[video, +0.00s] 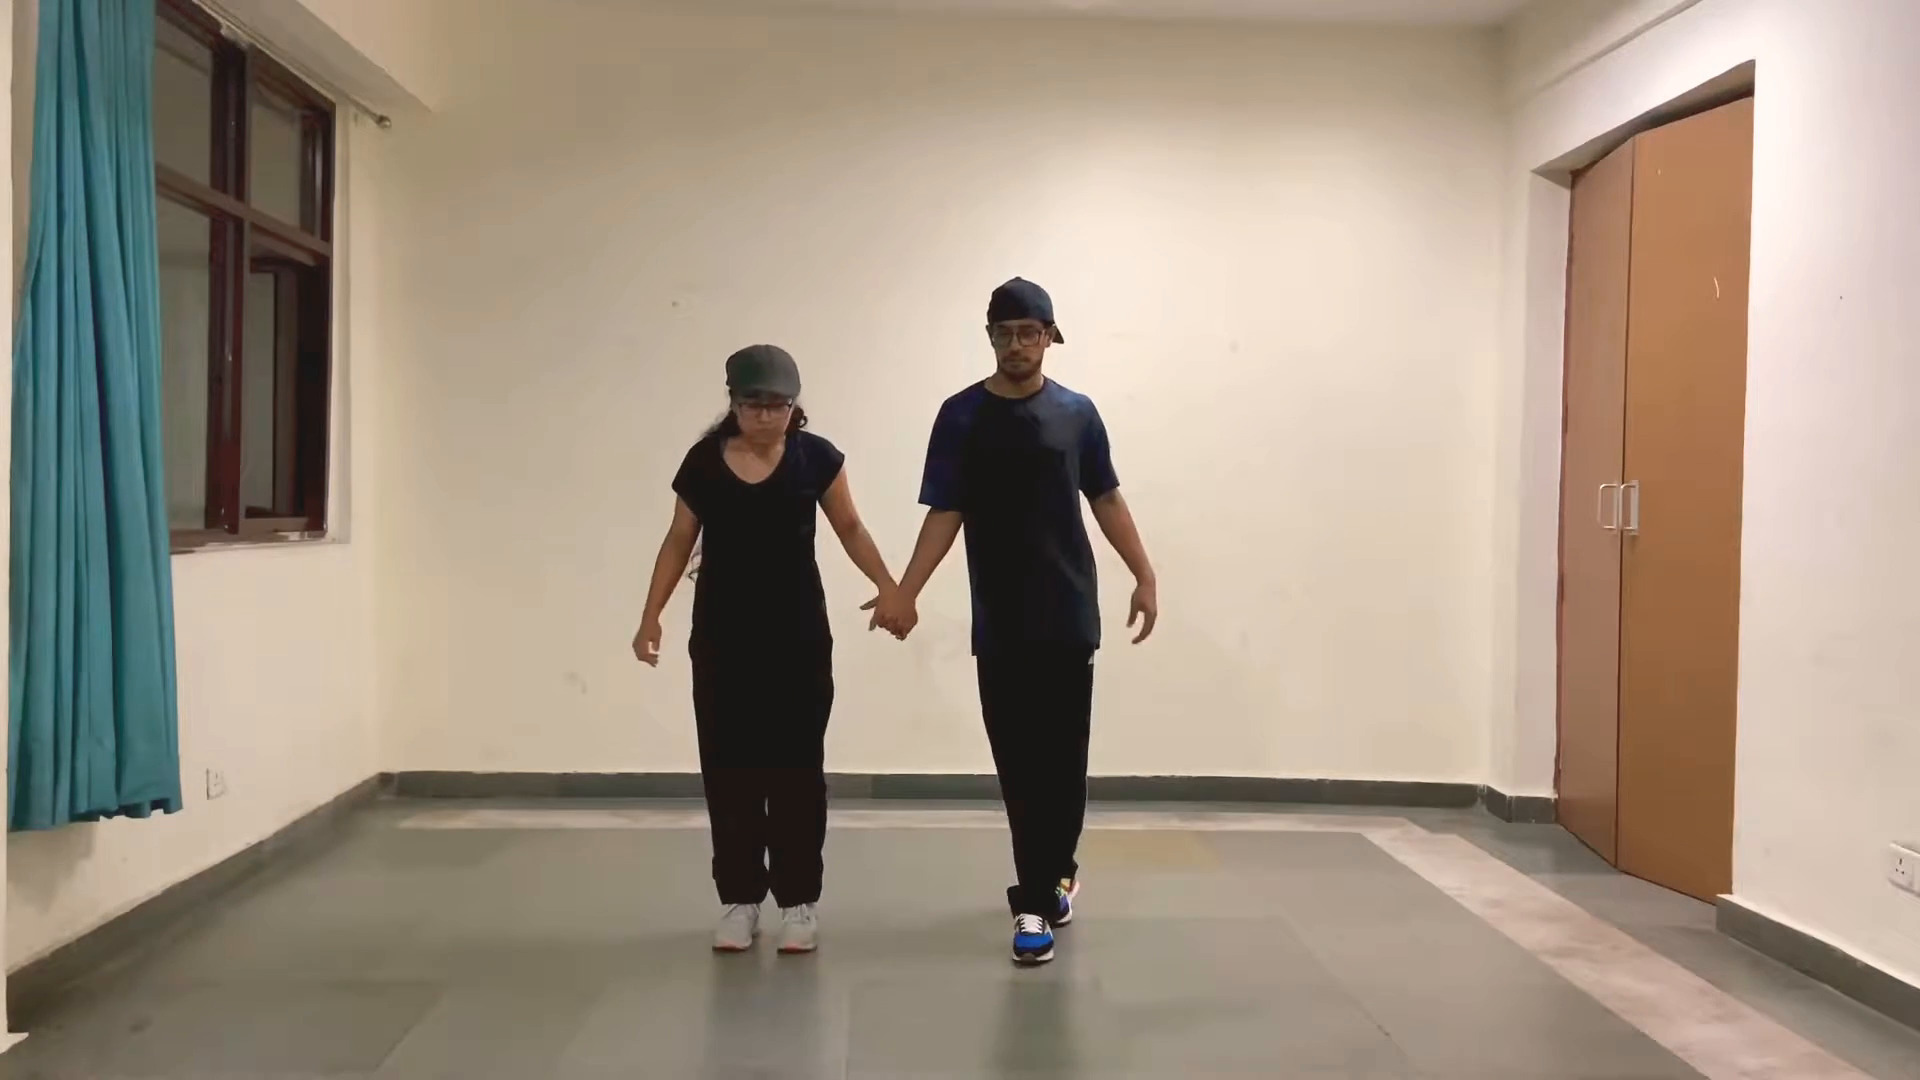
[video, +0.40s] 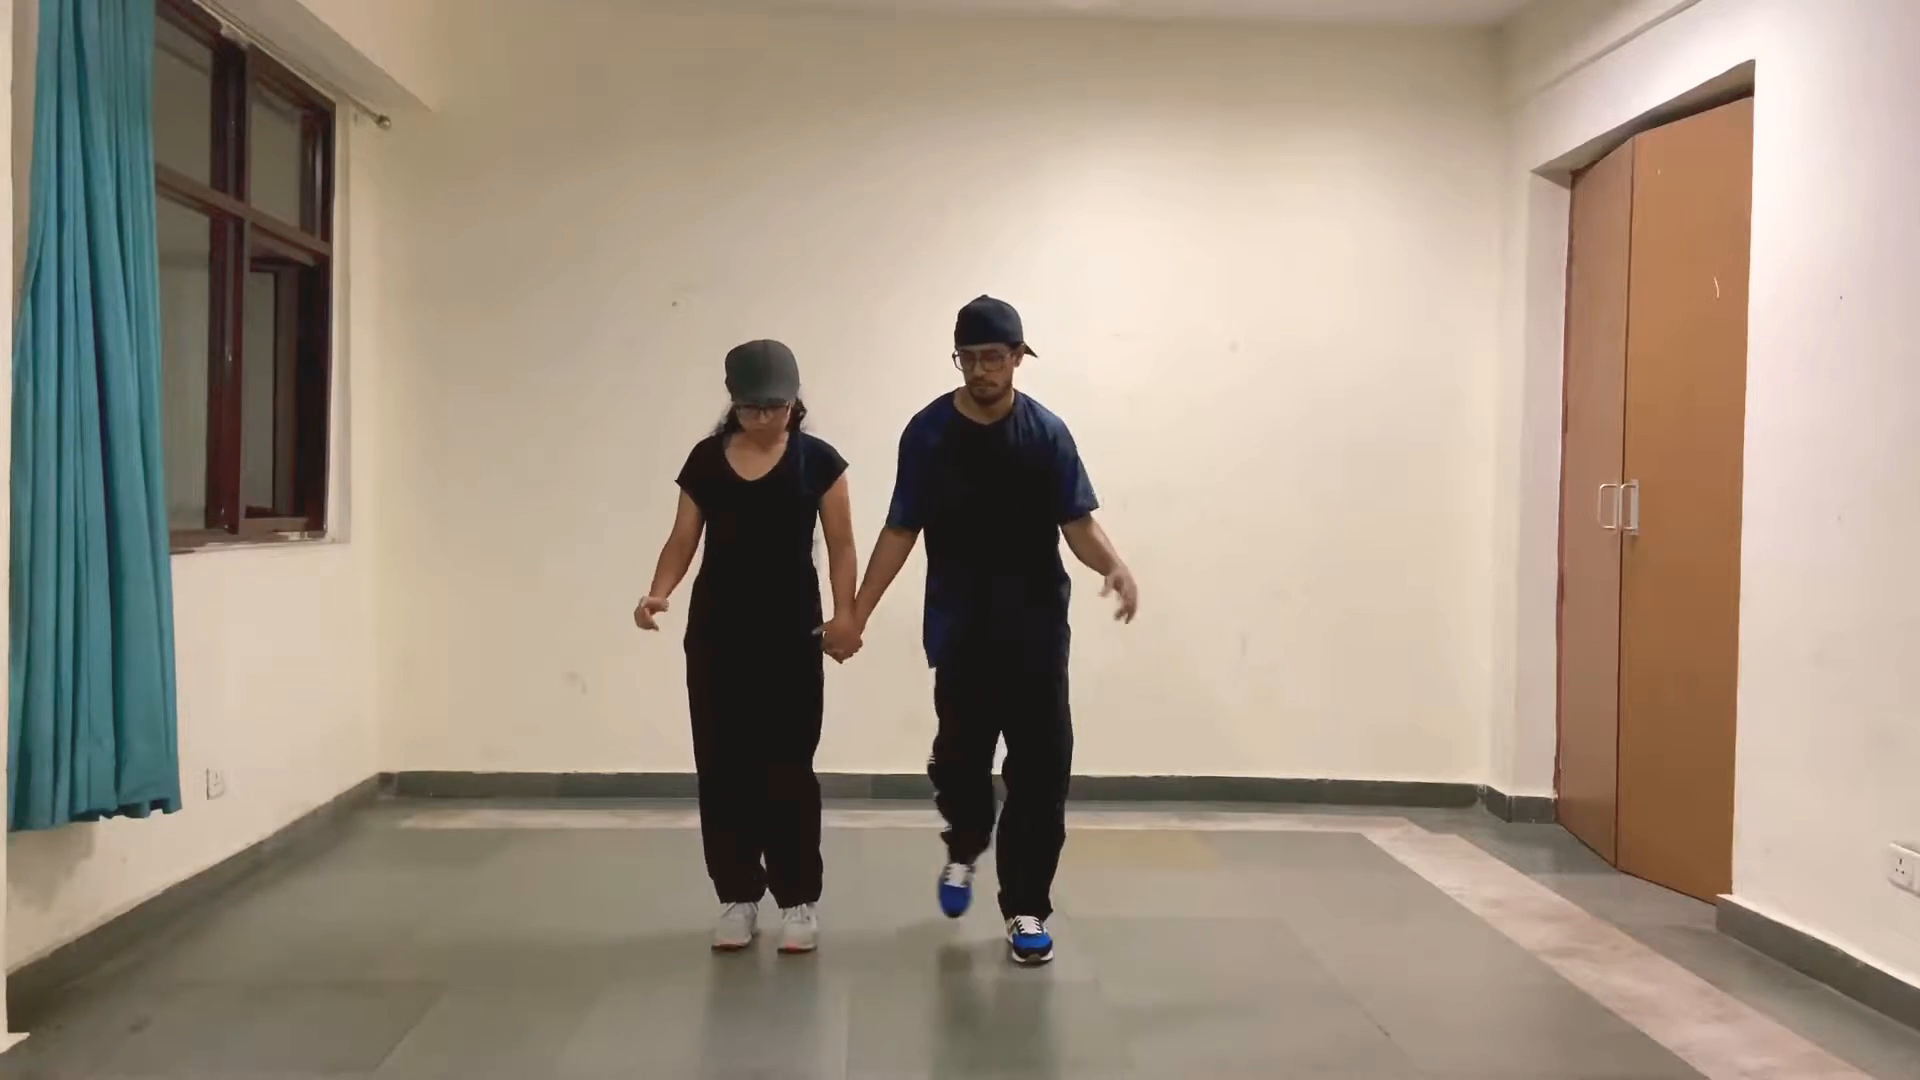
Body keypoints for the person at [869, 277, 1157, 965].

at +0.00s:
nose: (1018, 346)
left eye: (1030, 334)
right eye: (1006, 334)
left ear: (1050, 339)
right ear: (991, 338)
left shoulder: (1077, 413)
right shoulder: (961, 414)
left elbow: (1106, 498)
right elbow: (943, 512)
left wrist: (1145, 573)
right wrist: (905, 591)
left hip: (1068, 613)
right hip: (998, 618)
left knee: (1062, 755)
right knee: (1016, 757)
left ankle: (1037, 898)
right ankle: (1046, 882)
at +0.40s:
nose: (985, 369)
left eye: (997, 357)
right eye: (973, 357)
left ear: (1018, 358)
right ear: (958, 359)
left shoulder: (1046, 432)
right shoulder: (928, 433)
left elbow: (1077, 519)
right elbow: (899, 529)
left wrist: (1114, 566)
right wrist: (856, 616)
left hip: (1037, 627)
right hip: (961, 625)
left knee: (1043, 763)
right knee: (961, 752)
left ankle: (1029, 906)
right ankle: (964, 849)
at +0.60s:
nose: (942, 369)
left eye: (955, 356)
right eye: (931, 357)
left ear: (980, 354)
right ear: (918, 358)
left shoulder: (1023, 425)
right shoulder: (901, 437)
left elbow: (1075, 490)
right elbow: (876, 533)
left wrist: (1128, 526)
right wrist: (832, 615)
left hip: (996, 627)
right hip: (918, 627)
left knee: (1016, 758)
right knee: (896, 753)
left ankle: (1023, 906)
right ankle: (856, 871)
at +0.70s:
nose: (924, 390)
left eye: (935, 376)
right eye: (912, 378)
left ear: (962, 373)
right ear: (901, 382)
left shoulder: (1010, 446)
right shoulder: (888, 457)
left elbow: (1077, 503)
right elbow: (860, 550)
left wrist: (1144, 541)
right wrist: (811, 626)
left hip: (971, 643)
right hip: (896, 640)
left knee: (983, 772)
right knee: (863, 758)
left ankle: (1014, 906)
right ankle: (849, 879)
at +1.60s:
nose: (1009, 379)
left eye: (1022, 366)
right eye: (996, 366)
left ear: (1040, 366)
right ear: (977, 365)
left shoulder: (1066, 433)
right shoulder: (947, 436)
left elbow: (1062, 546)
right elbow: (937, 533)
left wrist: (992, 625)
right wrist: (923, 616)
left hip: (1080, 615)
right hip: (1006, 623)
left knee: (1127, 747)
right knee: (1016, 761)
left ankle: (1149, 894)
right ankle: (998, 899)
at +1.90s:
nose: (1027, 377)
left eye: (1040, 364)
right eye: (1014, 364)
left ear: (1058, 365)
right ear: (995, 363)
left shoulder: (1087, 438)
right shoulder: (967, 432)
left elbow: (1105, 545)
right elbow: (961, 520)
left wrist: (1025, 583)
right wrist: (968, 597)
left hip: (1087, 624)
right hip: (1009, 628)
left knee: (1128, 762)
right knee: (1008, 771)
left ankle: (1167, 902)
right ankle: (996, 904)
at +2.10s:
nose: (1035, 365)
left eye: (1048, 352)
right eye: (1022, 353)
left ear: (1069, 351)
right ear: (1006, 356)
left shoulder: (1111, 427)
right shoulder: (987, 426)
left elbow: (1159, 511)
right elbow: (958, 513)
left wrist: (1147, 552)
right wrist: (921, 572)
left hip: (1062, 609)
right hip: (988, 603)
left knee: (1039, 761)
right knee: (976, 757)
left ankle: (1090, 896)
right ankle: (984, 899)